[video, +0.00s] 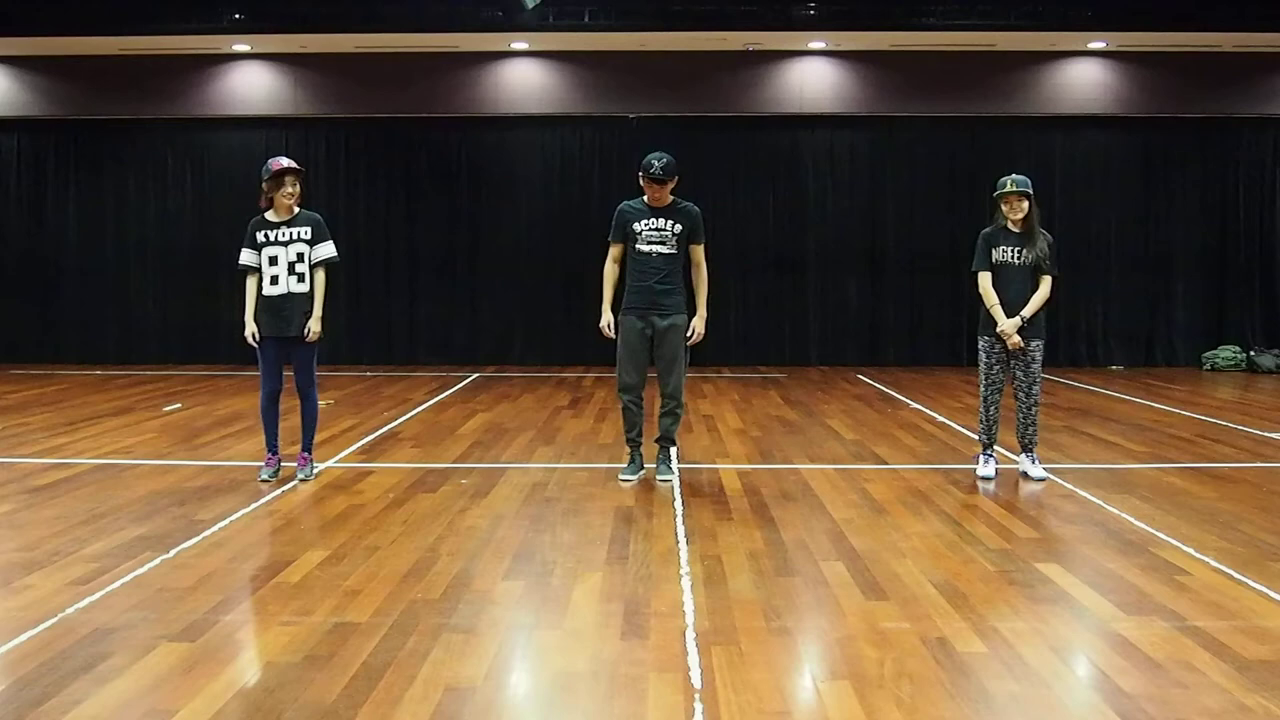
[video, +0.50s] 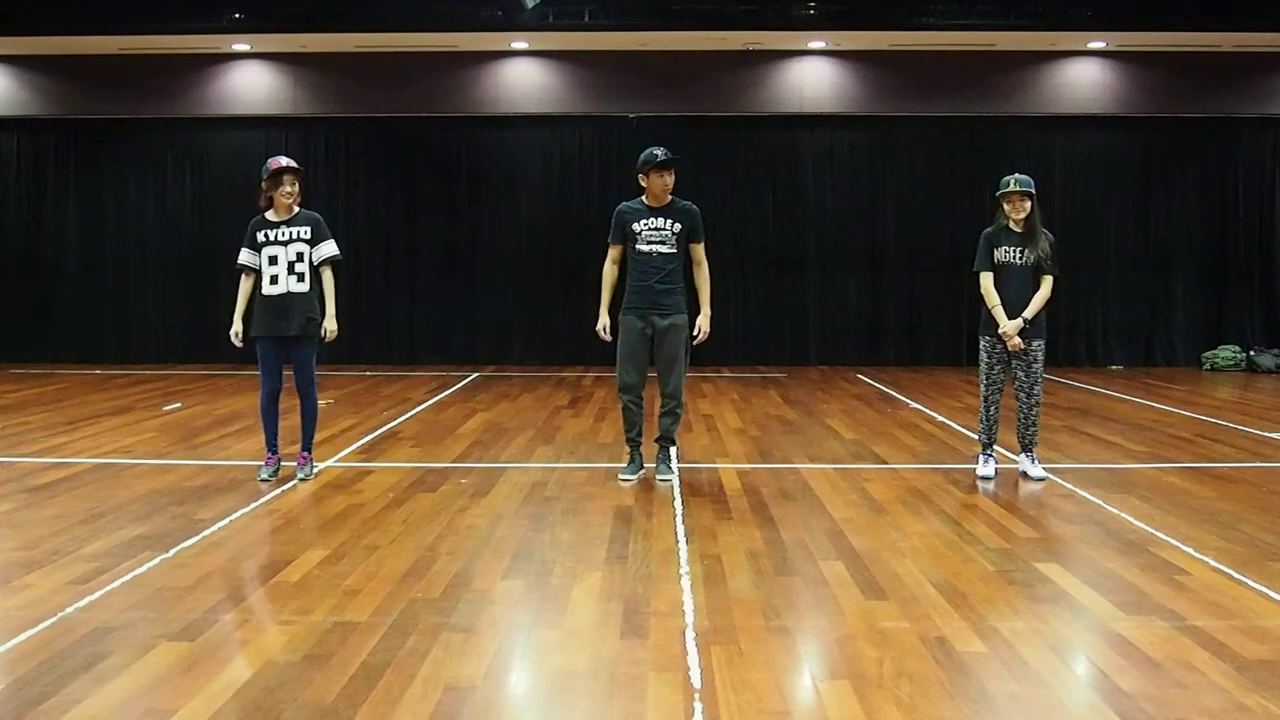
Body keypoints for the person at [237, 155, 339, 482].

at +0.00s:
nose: (291, 190)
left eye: (295, 184)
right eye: (284, 185)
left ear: (299, 187)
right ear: (270, 189)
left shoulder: (312, 222)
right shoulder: (257, 226)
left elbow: (319, 271)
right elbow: (252, 275)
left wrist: (317, 316)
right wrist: (249, 319)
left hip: (302, 322)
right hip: (268, 323)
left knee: (306, 389)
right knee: (270, 390)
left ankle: (306, 455)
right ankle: (272, 455)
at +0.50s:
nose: (289, 189)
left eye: (293, 184)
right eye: (282, 185)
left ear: (299, 188)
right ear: (270, 189)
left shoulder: (312, 222)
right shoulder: (258, 226)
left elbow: (326, 270)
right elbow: (248, 275)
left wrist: (330, 314)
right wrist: (237, 318)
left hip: (305, 320)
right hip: (267, 322)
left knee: (306, 388)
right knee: (270, 389)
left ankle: (305, 455)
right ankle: (271, 455)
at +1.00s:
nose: (292, 189)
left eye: (294, 183)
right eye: (284, 184)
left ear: (298, 185)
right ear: (267, 188)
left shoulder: (309, 220)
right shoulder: (254, 226)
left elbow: (328, 266)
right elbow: (247, 276)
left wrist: (339, 308)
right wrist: (242, 322)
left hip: (306, 320)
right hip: (267, 322)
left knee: (306, 387)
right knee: (272, 388)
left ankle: (305, 454)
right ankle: (271, 455)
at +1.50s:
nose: (302, 190)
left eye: (303, 184)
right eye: (294, 185)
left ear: (306, 186)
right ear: (276, 189)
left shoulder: (316, 220)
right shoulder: (261, 228)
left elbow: (340, 258)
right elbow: (253, 279)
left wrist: (345, 298)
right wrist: (271, 322)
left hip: (314, 320)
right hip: (276, 321)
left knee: (316, 386)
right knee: (274, 388)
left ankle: (317, 457)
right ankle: (272, 457)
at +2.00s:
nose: (341, 190)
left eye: (342, 183)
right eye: (333, 185)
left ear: (347, 184)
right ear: (315, 188)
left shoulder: (353, 219)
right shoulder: (301, 221)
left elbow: (381, 260)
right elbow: (301, 262)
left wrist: (374, 232)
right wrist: (332, 230)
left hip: (347, 313)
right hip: (314, 311)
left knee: (331, 383)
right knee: (343, 374)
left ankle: (319, 455)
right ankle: (316, 439)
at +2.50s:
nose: (386, 173)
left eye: (383, 168)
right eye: (378, 169)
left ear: (372, 179)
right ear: (361, 179)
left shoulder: (388, 216)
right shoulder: (355, 221)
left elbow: (424, 245)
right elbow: (397, 243)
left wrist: (421, 210)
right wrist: (394, 205)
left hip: (394, 318)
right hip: (359, 321)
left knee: (419, 383)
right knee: (354, 394)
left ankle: (410, 463)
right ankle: (349, 469)